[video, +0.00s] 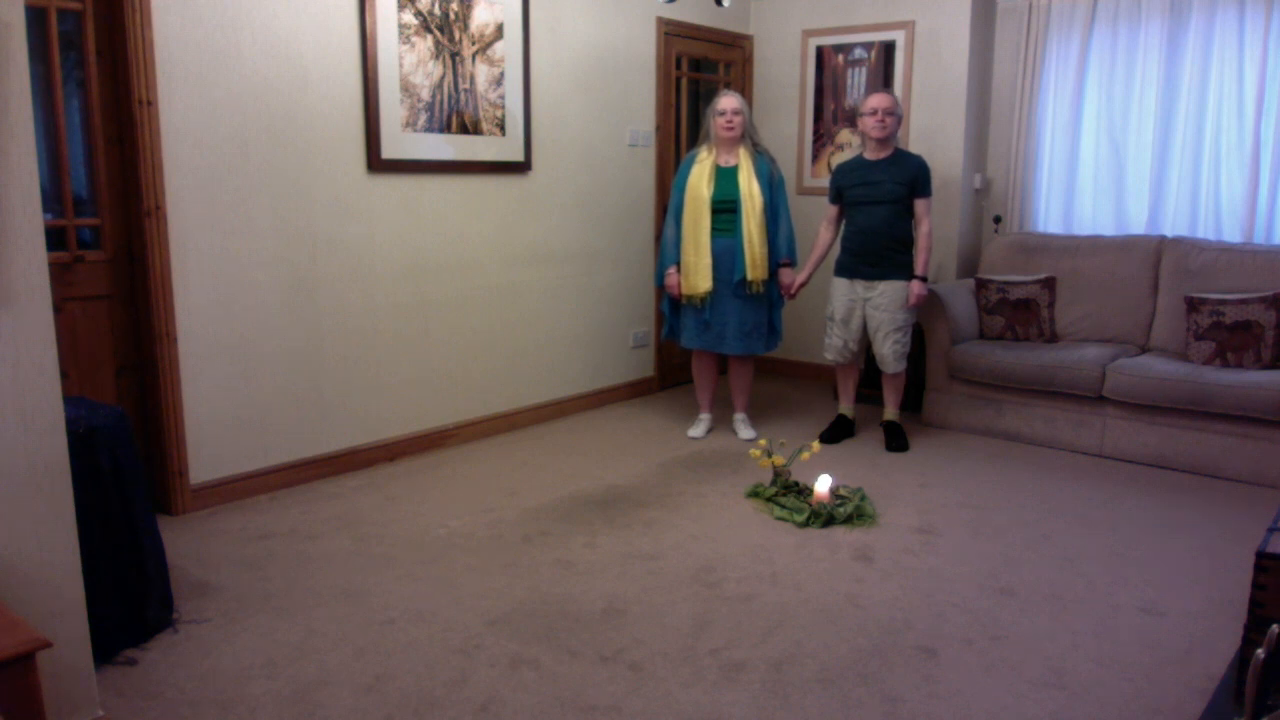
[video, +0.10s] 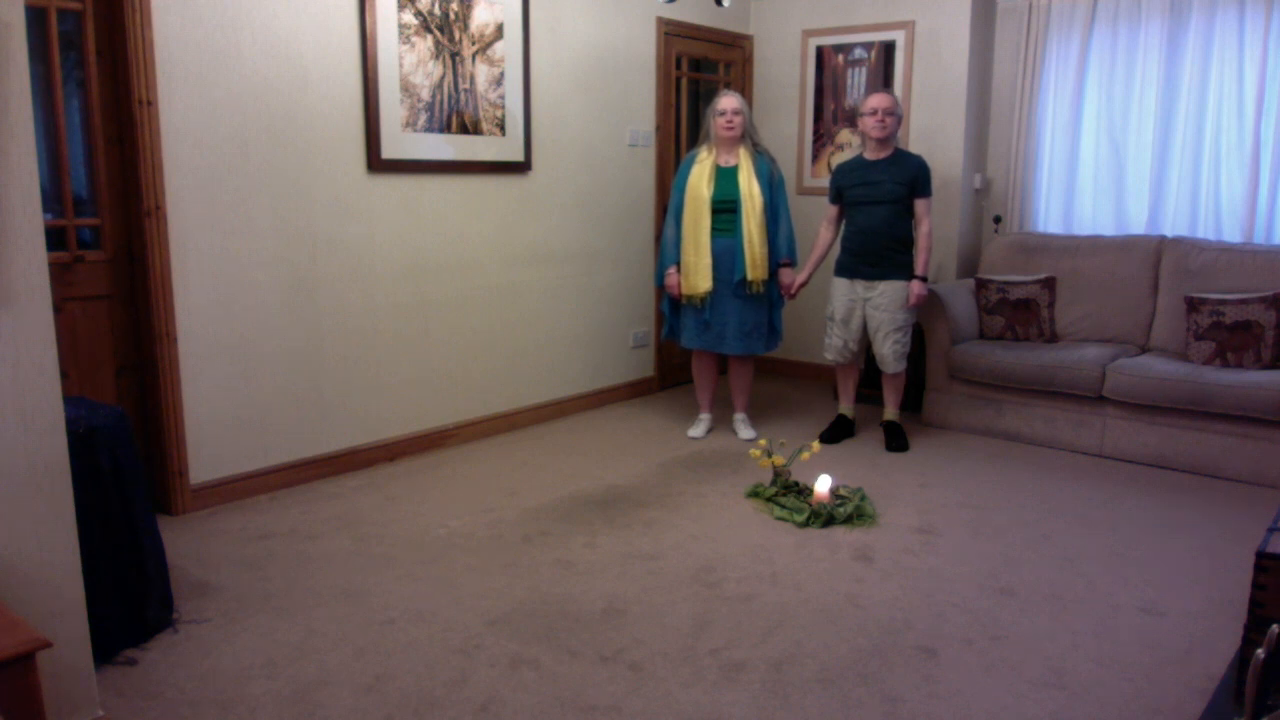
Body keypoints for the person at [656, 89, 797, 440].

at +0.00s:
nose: (729, 119)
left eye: (736, 113)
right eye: (722, 114)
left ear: (746, 119)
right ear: (711, 120)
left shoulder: (762, 164)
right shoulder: (692, 163)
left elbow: (779, 216)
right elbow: (674, 218)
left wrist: (785, 264)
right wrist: (671, 266)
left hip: (749, 268)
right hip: (700, 269)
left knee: (742, 344)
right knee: (702, 343)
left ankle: (741, 415)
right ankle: (704, 413)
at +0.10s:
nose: (729, 119)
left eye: (736, 113)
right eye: (722, 114)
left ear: (746, 119)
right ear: (711, 120)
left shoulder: (763, 164)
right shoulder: (692, 163)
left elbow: (780, 216)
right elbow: (674, 218)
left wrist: (785, 264)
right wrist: (671, 266)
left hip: (749, 268)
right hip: (700, 269)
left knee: (742, 344)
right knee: (702, 343)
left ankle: (741, 415)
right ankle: (704, 413)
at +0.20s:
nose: (729, 119)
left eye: (736, 113)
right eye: (722, 114)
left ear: (746, 119)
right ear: (711, 120)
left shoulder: (763, 164)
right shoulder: (693, 163)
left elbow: (780, 216)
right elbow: (674, 218)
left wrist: (784, 264)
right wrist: (671, 266)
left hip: (749, 269)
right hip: (701, 269)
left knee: (743, 345)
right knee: (703, 343)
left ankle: (741, 415)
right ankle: (705, 413)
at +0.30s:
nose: (729, 119)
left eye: (736, 113)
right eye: (722, 114)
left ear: (746, 119)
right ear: (711, 120)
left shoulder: (763, 164)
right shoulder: (693, 163)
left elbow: (780, 216)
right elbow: (674, 218)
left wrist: (784, 264)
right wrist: (671, 266)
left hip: (749, 269)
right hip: (701, 269)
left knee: (743, 345)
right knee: (703, 343)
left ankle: (741, 415)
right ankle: (705, 413)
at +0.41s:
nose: (729, 119)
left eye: (736, 113)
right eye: (722, 114)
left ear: (746, 119)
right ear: (711, 120)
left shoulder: (763, 164)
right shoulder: (693, 163)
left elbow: (780, 216)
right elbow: (674, 218)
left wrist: (785, 264)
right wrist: (671, 266)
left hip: (749, 269)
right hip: (701, 269)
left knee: (743, 345)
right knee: (703, 343)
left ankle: (741, 415)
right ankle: (705, 413)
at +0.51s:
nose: (729, 119)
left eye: (736, 113)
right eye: (722, 113)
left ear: (746, 119)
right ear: (712, 120)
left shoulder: (763, 164)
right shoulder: (693, 163)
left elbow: (780, 216)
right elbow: (674, 218)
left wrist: (785, 264)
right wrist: (671, 266)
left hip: (749, 269)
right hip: (701, 269)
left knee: (743, 345)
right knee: (703, 343)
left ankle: (741, 415)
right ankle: (705, 413)